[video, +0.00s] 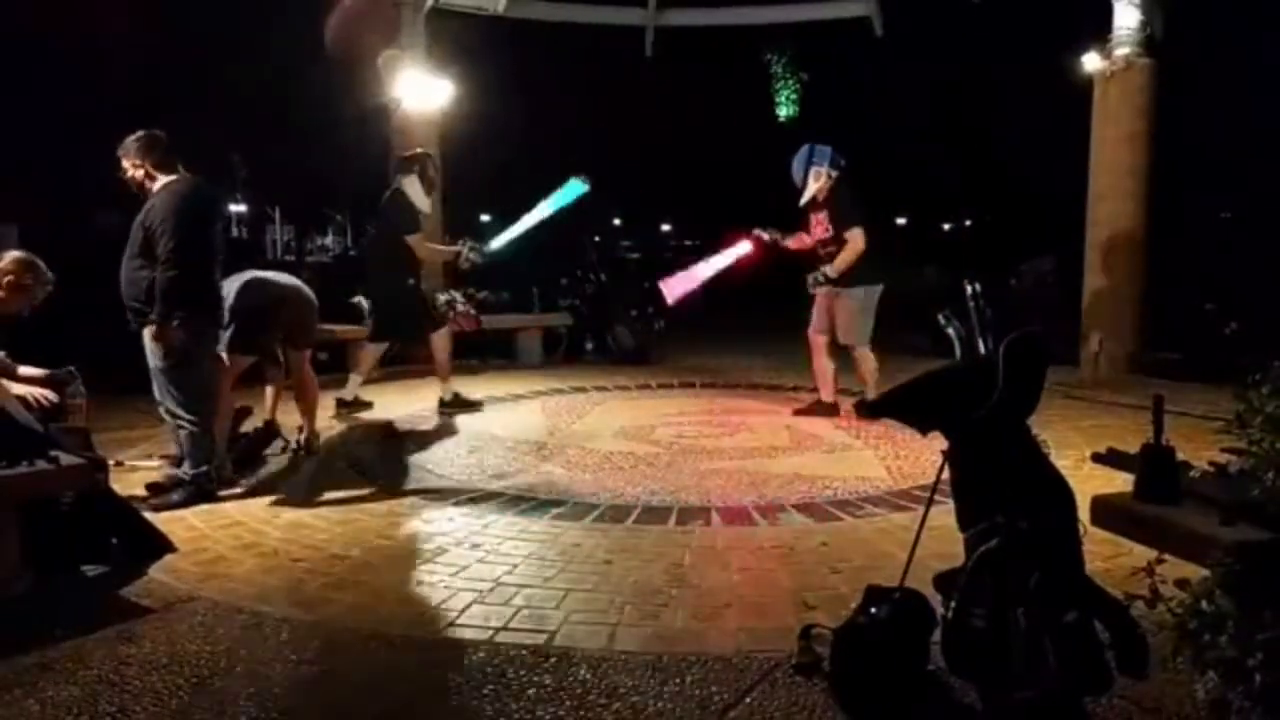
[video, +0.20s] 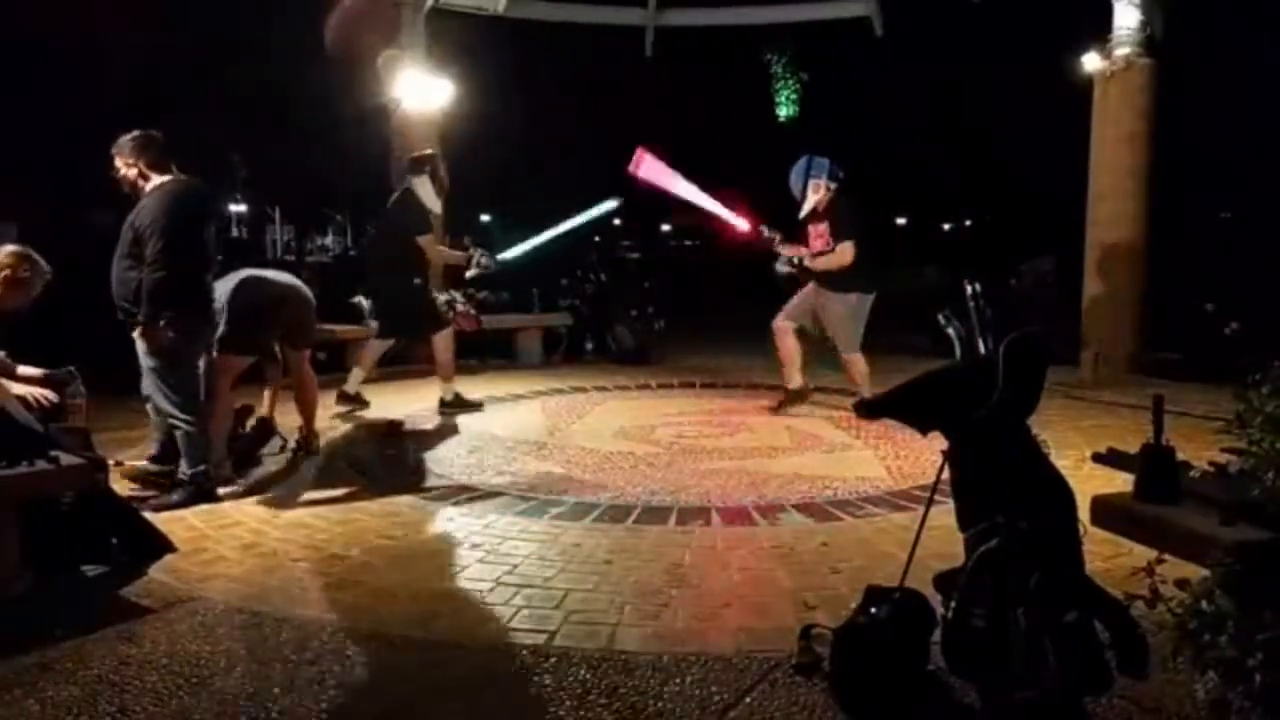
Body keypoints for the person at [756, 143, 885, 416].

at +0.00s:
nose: (808, 185)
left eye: (811, 178)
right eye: (807, 179)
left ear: (823, 174)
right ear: (810, 176)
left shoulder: (843, 198)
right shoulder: (814, 204)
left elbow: (857, 242)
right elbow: (810, 240)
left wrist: (829, 272)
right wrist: (779, 240)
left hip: (859, 280)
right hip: (830, 280)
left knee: (856, 343)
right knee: (818, 335)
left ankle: (872, 397)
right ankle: (826, 399)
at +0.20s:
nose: (808, 195)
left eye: (811, 188)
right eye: (806, 189)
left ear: (823, 185)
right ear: (807, 188)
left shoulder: (844, 209)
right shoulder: (811, 214)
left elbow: (845, 256)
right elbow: (813, 249)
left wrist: (807, 261)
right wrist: (787, 248)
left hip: (851, 291)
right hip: (821, 286)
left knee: (849, 351)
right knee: (783, 325)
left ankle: (866, 397)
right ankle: (795, 387)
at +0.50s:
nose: (767, 195)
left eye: (771, 188)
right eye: (765, 189)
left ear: (783, 186)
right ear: (765, 187)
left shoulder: (804, 209)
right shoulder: (773, 213)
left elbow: (810, 254)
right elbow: (776, 253)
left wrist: (777, 268)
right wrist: (746, 263)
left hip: (822, 292)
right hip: (789, 289)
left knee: (829, 352)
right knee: (767, 338)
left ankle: (862, 394)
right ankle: (763, 401)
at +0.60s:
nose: (759, 193)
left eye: (764, 186)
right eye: (757, 187)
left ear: (776, 185)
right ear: (759, 187)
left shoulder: (796, 208)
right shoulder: (762, 219)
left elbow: (805, 254)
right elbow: (745, 259)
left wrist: (772, 276)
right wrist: (710, 261)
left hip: (817, 288)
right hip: (785, 288)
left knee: (822, 349)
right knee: (764, 338)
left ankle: (857, 394)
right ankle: (762, 401)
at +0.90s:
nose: (771, 191)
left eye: (776, 184)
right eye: (767, 185)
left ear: (788, 182)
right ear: (760, 184)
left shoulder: (804, 208)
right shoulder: (763, 215)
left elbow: (821, 252)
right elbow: (747, 250)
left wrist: (797, 279)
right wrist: (718, 276)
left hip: (816, 285)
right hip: (783, 285)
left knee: (816, 345)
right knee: (763, 340)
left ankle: (845, 412)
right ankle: (761, 401)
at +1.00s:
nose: (784, 189)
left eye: (790, 182)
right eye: (781, 183)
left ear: (802, 180)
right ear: (776, 182)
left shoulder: (821, 208)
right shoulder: (778, 215)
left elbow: (835, 254)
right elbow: (770, 258)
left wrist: (805, 282)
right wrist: (751, 292)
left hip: (825, 286)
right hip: (790, 287)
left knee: (817, 348)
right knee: (773, 340)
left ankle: (847, 414)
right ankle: (763, 400)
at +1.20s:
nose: (805, 181)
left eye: (810, 173)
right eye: (801, 174)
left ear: (823, 171)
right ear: (795, 173)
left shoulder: (839, 200)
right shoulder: (800, 205)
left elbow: (853, 246)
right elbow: (800, 247)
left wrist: (824, 280)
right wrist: (793, 286)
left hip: (843, 280)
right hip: (810, 281)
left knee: (832, 345)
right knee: (795, 337)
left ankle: (845, 412)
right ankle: (798, 402)